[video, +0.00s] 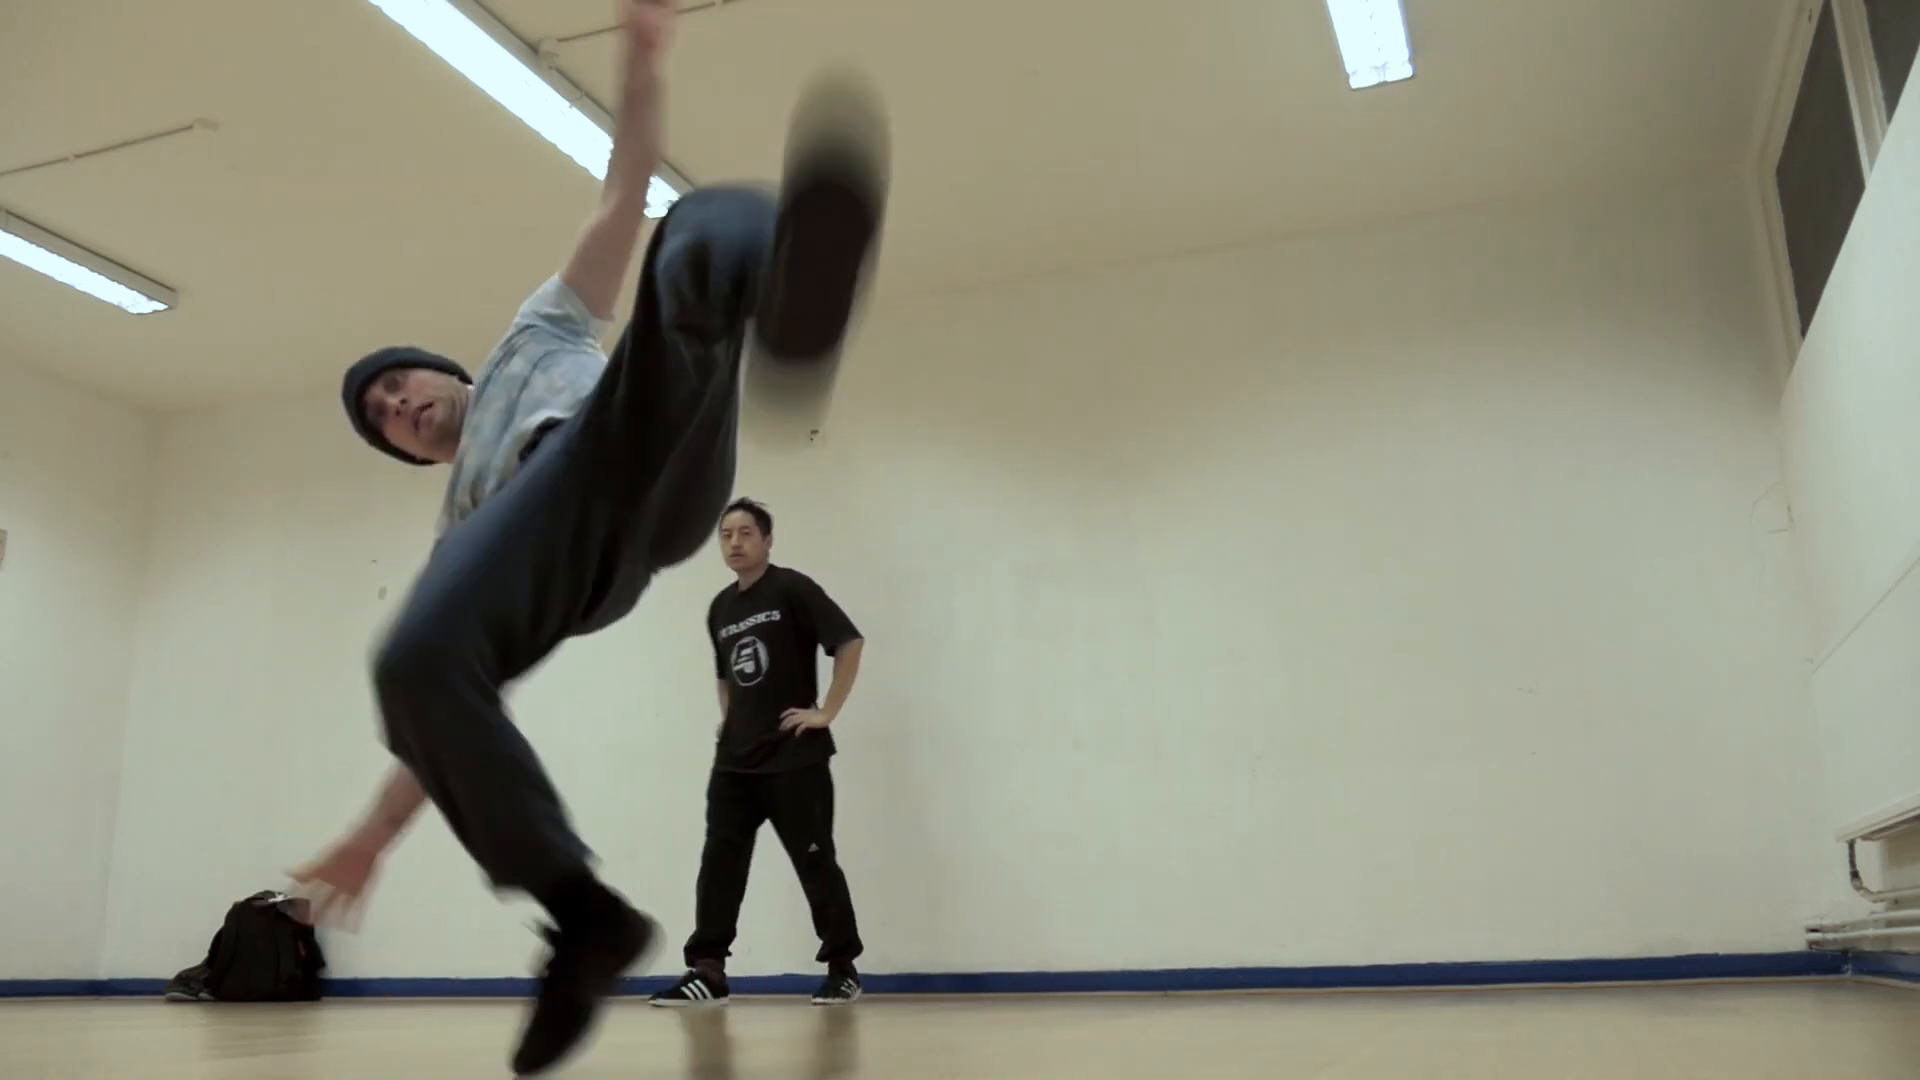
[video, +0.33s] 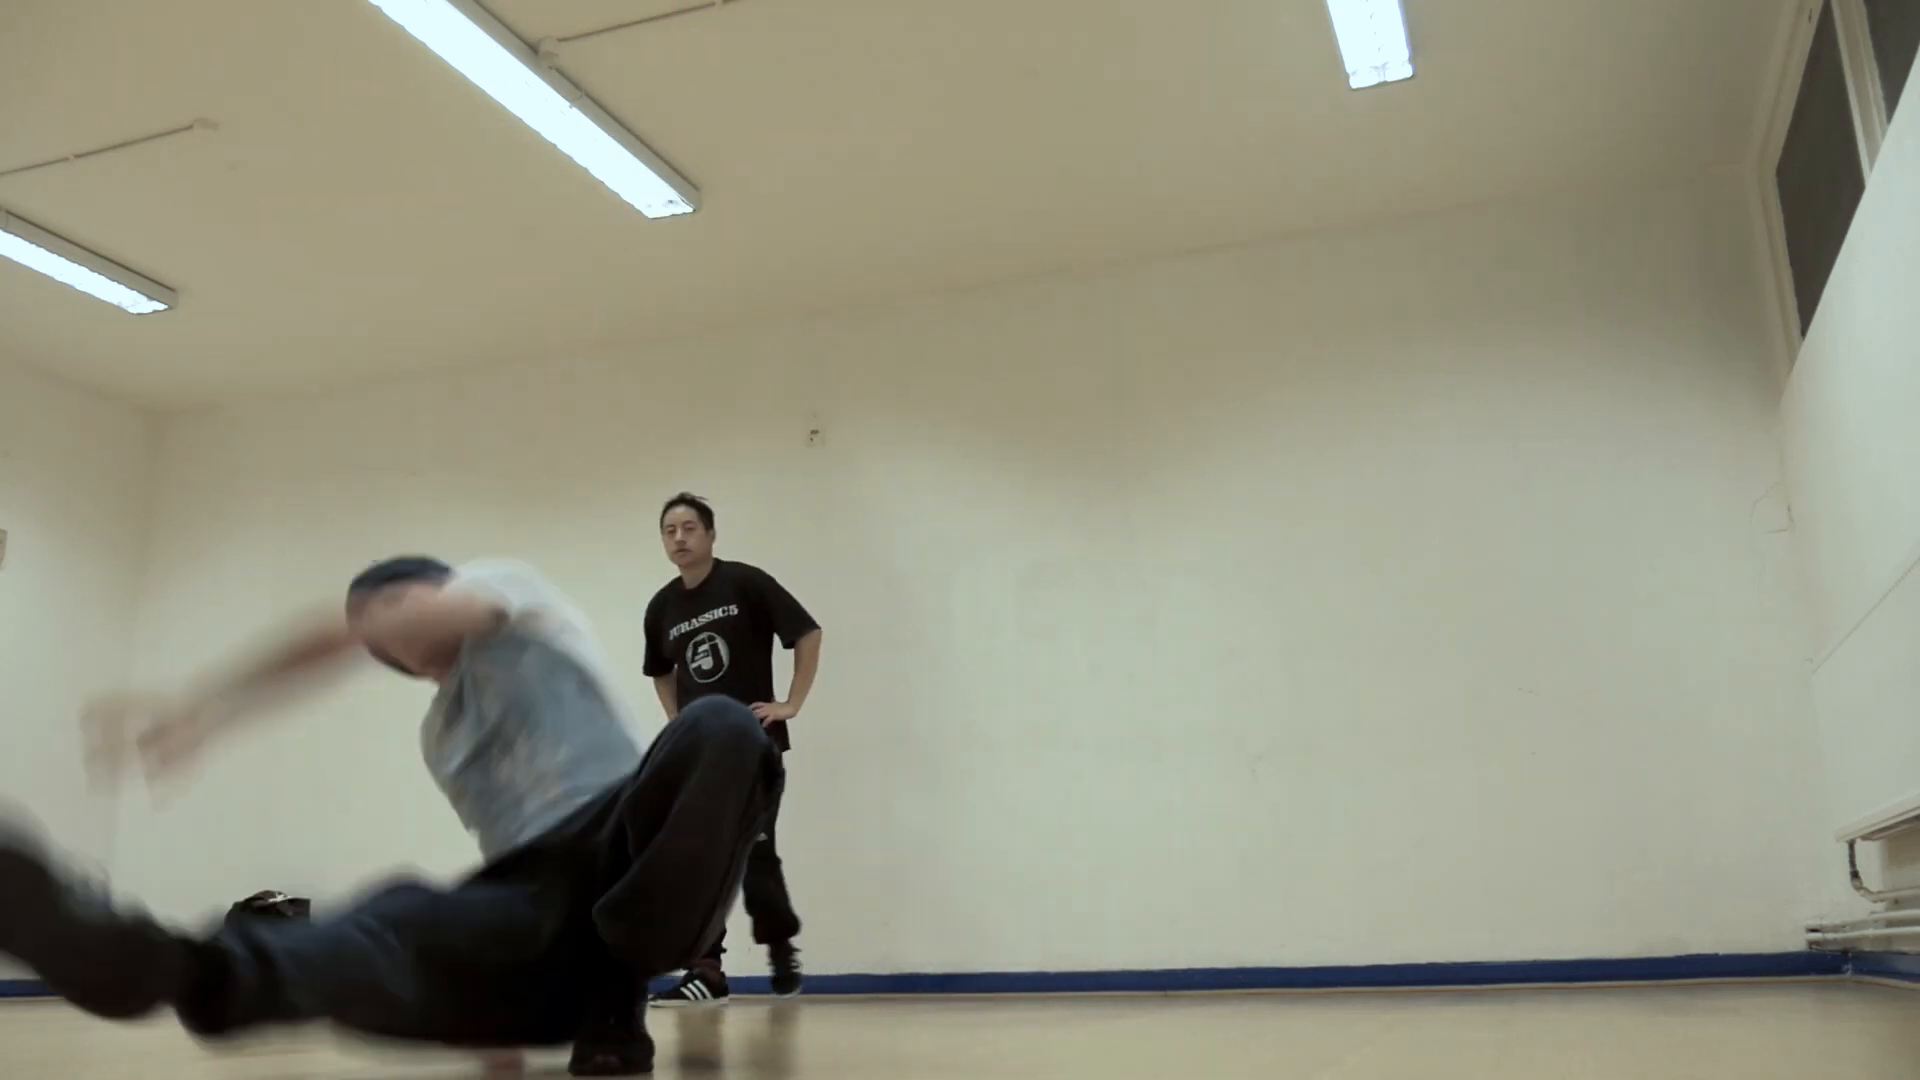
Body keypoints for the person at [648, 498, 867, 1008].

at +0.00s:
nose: (735, 542)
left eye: (745, 533)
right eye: (728, 534)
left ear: (767, 540)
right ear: (719, 544)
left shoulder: (793, 588)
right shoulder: (720, 609)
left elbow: (849, 643)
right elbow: (725, 676)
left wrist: (827, 712)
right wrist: (729, 724)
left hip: (794, 753)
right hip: (737, 755)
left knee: (814, 859)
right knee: (721, 860)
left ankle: (841, 969)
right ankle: (708, 973)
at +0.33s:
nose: (679, 537)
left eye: (689, 528)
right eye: (671, 530)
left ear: (710, 536)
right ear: (662, 542)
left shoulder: (747, 582)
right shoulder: (662, 608)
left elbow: (807, 634)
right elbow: (662, 675)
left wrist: (792, 704)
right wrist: (679, 728)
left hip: (754, 743)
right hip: (698, 749)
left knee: (756, 849)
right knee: (699, 849)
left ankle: (781, 950)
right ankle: (706, 969)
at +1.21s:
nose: (741, 545)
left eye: (751, 536)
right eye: (733, 538)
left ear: (770, 545)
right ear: (724, 549)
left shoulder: (806, 596)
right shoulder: (712, 613)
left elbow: (862, 650)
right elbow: (697, 672)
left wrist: (842, 722)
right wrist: (718, 730)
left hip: (804, 747)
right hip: (741, 752)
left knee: (821, 850)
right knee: (735, 854)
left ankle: (842, 962)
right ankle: (723, 973)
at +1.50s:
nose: (794, 550)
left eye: (805, 541)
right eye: (786, 541)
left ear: (825, 550)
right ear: (776, 551)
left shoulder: (857, 604)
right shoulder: (763, 609)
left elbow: (887, 685)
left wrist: (866, 754)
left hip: (836, 757)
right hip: (774, 757)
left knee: (843, 853)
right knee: (750, 853)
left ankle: (844, 966)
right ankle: (726, 959)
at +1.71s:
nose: (818, 548)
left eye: (829, 541)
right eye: (811, 541)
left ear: (847, 552)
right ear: (802, 551)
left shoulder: (875, 606)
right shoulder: (782, 610)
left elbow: (922, 663)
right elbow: (765, 672)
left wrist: (892, 722)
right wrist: (771, 724)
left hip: (850, 756)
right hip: (790, 757)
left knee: (850, 862)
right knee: (765, 856)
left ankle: (846, 973)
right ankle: (780, 967)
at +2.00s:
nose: (824, 552)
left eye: (835, 546)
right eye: (818, 545)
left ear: (855, 555)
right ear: (810, 554)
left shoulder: (877, 609)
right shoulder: (792, 616)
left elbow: (923, 667)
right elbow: (783, 678)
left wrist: (890, 722)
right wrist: (784, 724)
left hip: (852, 755)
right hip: (798, 757)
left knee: (849, 858)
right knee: (803, 864)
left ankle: (850, 968)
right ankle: (834, 962)